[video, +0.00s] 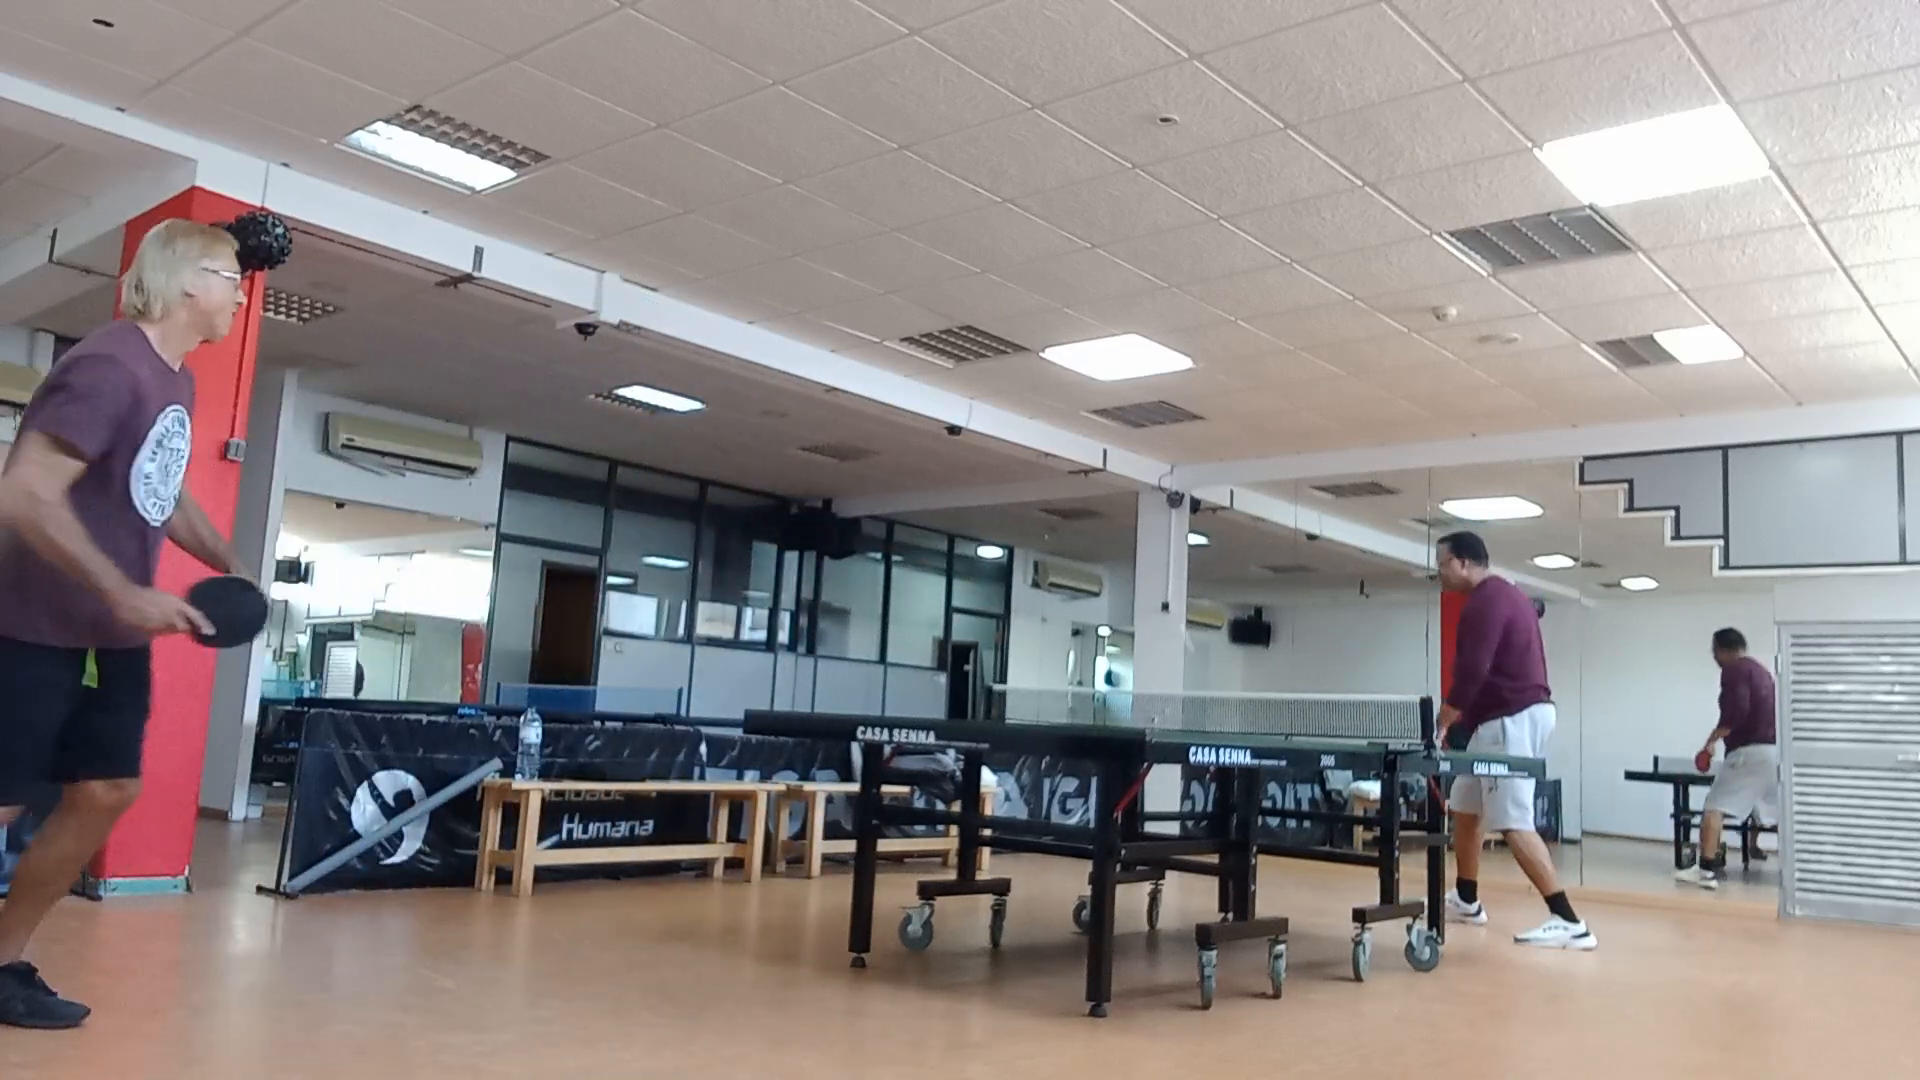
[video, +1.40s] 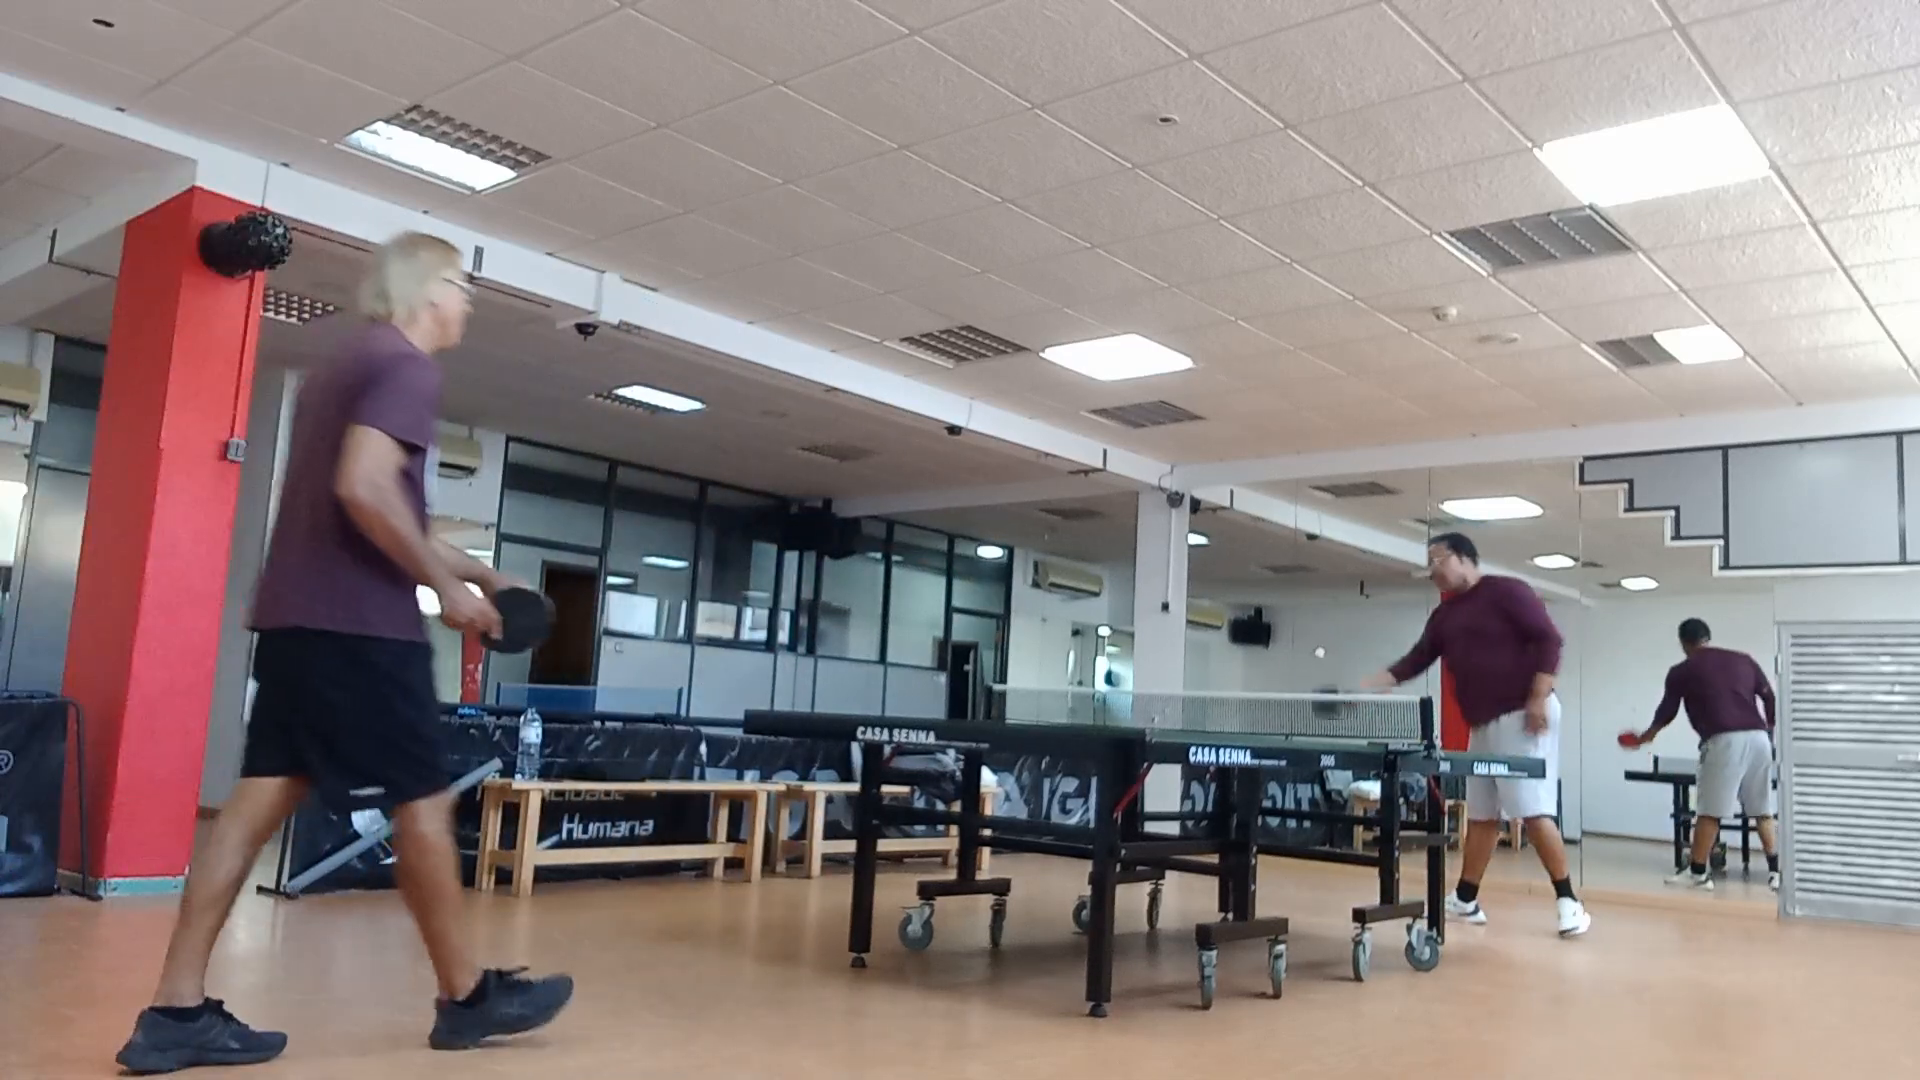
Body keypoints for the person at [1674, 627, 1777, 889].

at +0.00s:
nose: (1716, 660)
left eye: (1716, 654)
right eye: (1715, 654)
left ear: (1725, 650)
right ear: (1741, 648)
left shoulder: (1735, 670)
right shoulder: (1761, 670)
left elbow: (1737, 710)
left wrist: (1712, 740)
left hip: (1751, 753)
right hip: (1775, 751)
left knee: (1713, 806)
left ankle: (1706, 868)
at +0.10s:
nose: (1701, 662)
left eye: (1702, 656)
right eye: (1700, 656)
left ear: (1710, 652)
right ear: (1725, 649)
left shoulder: (1727, 671)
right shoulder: (1745, 670)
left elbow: (1725, 709)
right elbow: (1764, 713)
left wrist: (1695, 735)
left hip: (1745, 752)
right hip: (1767, 750)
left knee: (1710, 809)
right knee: (1775, 817)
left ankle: (1699, 871)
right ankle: (1795, 867)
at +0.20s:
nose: (1686, 664)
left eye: (1686, 657)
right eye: (1685, 658)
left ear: (1696, 653)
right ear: (1708, 649)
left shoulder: (1715, 671)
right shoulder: (1729, 668)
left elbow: (1710, 702)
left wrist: (1673, 716)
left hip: (1736, 751)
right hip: (1762, 749)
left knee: (1702, 809)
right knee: (1763, 818)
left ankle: (1698, 871)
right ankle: (1804, 851)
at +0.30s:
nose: (1673, 663)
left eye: (1673, 656)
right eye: (1671, 657)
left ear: (1682, 651)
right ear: (1695, 647)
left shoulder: (1704, 665)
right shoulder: (1717, 664)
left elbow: (1690, 693)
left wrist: (1647, 696)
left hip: (1729, 750)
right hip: (1753, 747)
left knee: (1699, 809)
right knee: (1762, 814)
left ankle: (1697, 873)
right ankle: (1792, 855)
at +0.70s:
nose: (1644, 663)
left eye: (1644, 656)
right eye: (1642, 657)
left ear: (1655, 648)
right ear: (1663, 645)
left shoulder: (1672, 664)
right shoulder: (1695, 660)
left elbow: (1670, 704)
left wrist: (1633, 717)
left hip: (1713, 743)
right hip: (1739, 736)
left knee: (1696, 809)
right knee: (1745, 808)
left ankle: (1697, 871)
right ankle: (1773, 856)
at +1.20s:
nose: (1662, 656)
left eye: (1660, 651)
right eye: (1661, 651)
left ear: (1664, 648)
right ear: (1685, 640)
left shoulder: (1668, 673)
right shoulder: (1719, 659)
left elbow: (1663, 718)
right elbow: (1747, 700)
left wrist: (1649, 755)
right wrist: (1744, 735)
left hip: (1714, 741)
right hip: (1747, 736)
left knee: (1702, 811)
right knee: (1755, 806)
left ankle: (1698, 872)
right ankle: (1778, 861)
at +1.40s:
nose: (1684, 649)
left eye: (1683, 645)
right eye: (1685, 645)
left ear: (1684, 643)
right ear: (1709, 638)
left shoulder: (1683, 670)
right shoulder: (1742, 659)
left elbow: (1667, 711)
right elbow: (1769, 695)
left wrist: (1648, 734)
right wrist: (1769, 728)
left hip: (1724, 742)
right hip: (1759, 740)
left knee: (1710, 812)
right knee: (1763, 811)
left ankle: (1697, 873)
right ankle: (1775, 871)